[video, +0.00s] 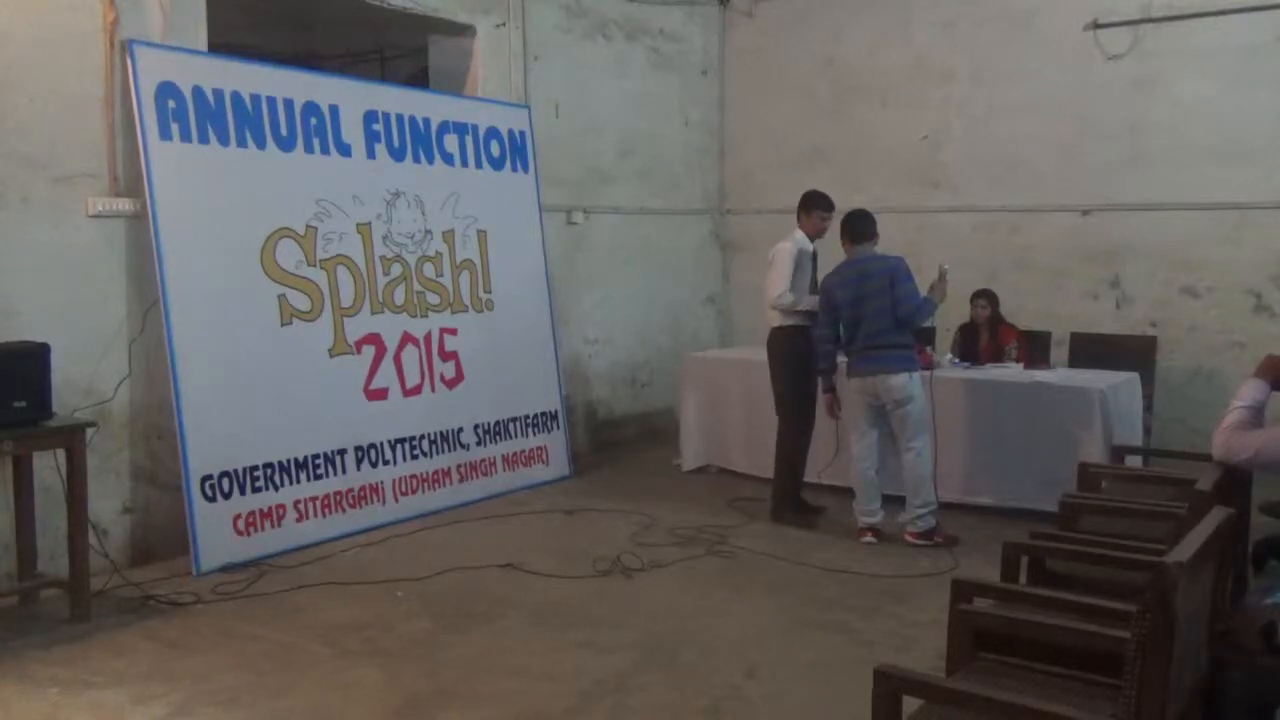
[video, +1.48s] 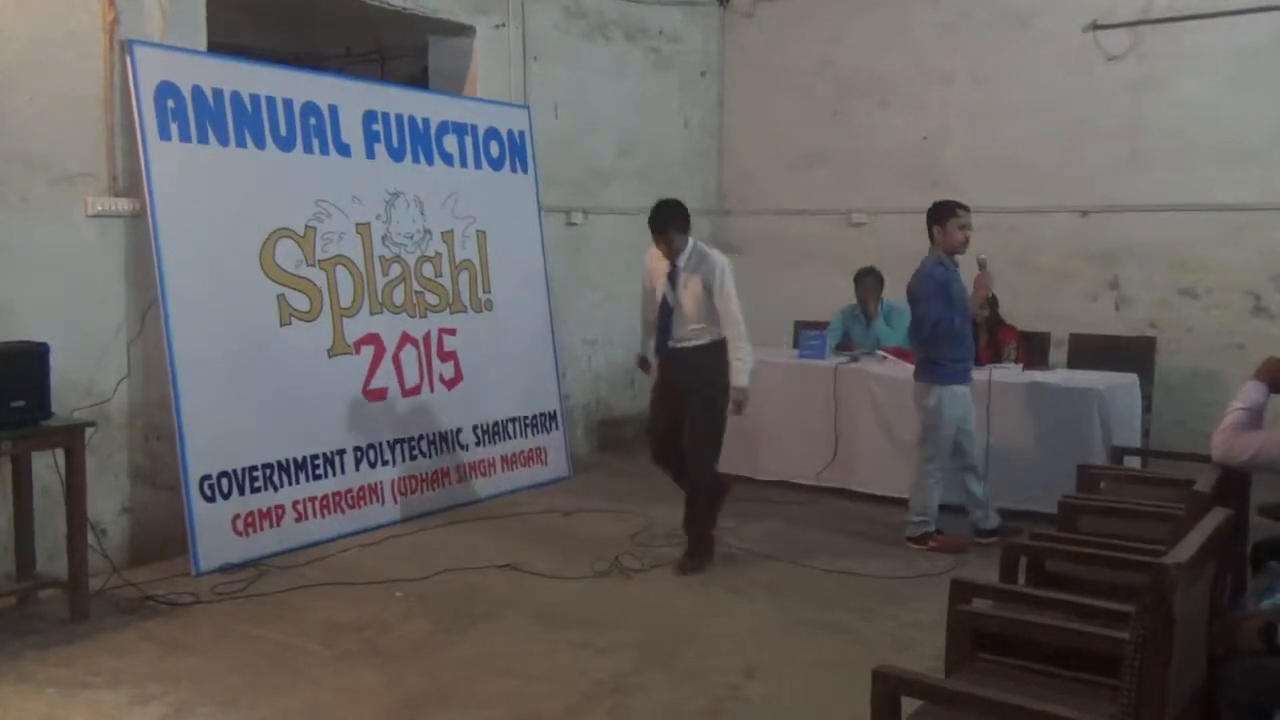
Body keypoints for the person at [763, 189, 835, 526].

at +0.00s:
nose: (826, 226)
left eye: (828, 220)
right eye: (822, 219)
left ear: (823, 220)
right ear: (804, 216)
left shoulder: (808, 251)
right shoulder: (788, 249)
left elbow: (801, 296)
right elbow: (778, 298)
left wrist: (824, 303)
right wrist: (817, 302)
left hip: (803, 335)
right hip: (787, 337)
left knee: (803, 422)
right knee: (792, 422)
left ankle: (793, 495)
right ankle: (783, 503)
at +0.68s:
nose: (784, 226)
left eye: (787, 219)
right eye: (776, 222)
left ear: (795, 217)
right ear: (766, 224)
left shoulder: (807, 251)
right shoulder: (757, 257)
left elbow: (814, 291)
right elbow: (742, 306)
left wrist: (813, 317)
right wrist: (786, 323)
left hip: (797, 345)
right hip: (766, 346)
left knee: (795, 423)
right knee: (768, 425)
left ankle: (791, 495)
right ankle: (762, 503)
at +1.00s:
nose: (732, 249)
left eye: (736, 241)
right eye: (725, 244)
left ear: (749, 229)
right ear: (718, 239)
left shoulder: (780, 254)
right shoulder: (714, 259)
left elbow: (797, 298)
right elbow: (703, 307)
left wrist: (784, 335)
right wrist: (729, 336)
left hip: (772, 353)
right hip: (734, 355)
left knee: (773, 430)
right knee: (740, 435)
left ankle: (781, 494)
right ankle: (755, 507)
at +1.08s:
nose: (726, 253)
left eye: (729, 245)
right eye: (718, 249)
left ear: (740, 233)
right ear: (708, 246)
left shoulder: (771, 257)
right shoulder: (703, 265)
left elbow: (793, 299)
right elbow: (695, 311)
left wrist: (778, 337)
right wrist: (717, 338)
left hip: (763, 349)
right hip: (727, 351)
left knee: (751, 425)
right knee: (734, 430)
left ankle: (758, 505)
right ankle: (752, 501)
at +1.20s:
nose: (702, 263)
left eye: (705, 256)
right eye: (696, 258)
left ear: (719, 245)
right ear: (690, 253)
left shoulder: (754, 265)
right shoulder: (692, 274)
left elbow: (783, 312)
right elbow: (687, 314)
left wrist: (770, 355)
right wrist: (691, 350)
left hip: (750, 353)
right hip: (713, 355)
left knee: (732, 436)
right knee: (734, 434)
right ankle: (757, 505)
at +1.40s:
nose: (674, 256)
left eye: (678, 248)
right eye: (668, 250)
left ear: (695, 241)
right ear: (665, 246)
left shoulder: (725, 271)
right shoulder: (668, 270)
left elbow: (745, 329)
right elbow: (665, 321)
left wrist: (762, 385)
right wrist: (657, 364)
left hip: (717, 363)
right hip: (683, 365)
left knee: (700, 457)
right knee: (687, 455)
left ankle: (699, 545)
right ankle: (735, 491)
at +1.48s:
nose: (664, 248)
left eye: (670, 240)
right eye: (659, 240)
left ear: (686, 232)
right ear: (654, 236)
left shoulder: (713, 264)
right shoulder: (654, 258)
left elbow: (734, 324)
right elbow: (649, 307)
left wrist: (739, 381)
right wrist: (645, 349)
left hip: (707, 358)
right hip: (670, 360)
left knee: (699, 453)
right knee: (661, 446)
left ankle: (699, 545)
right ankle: (709, 487)